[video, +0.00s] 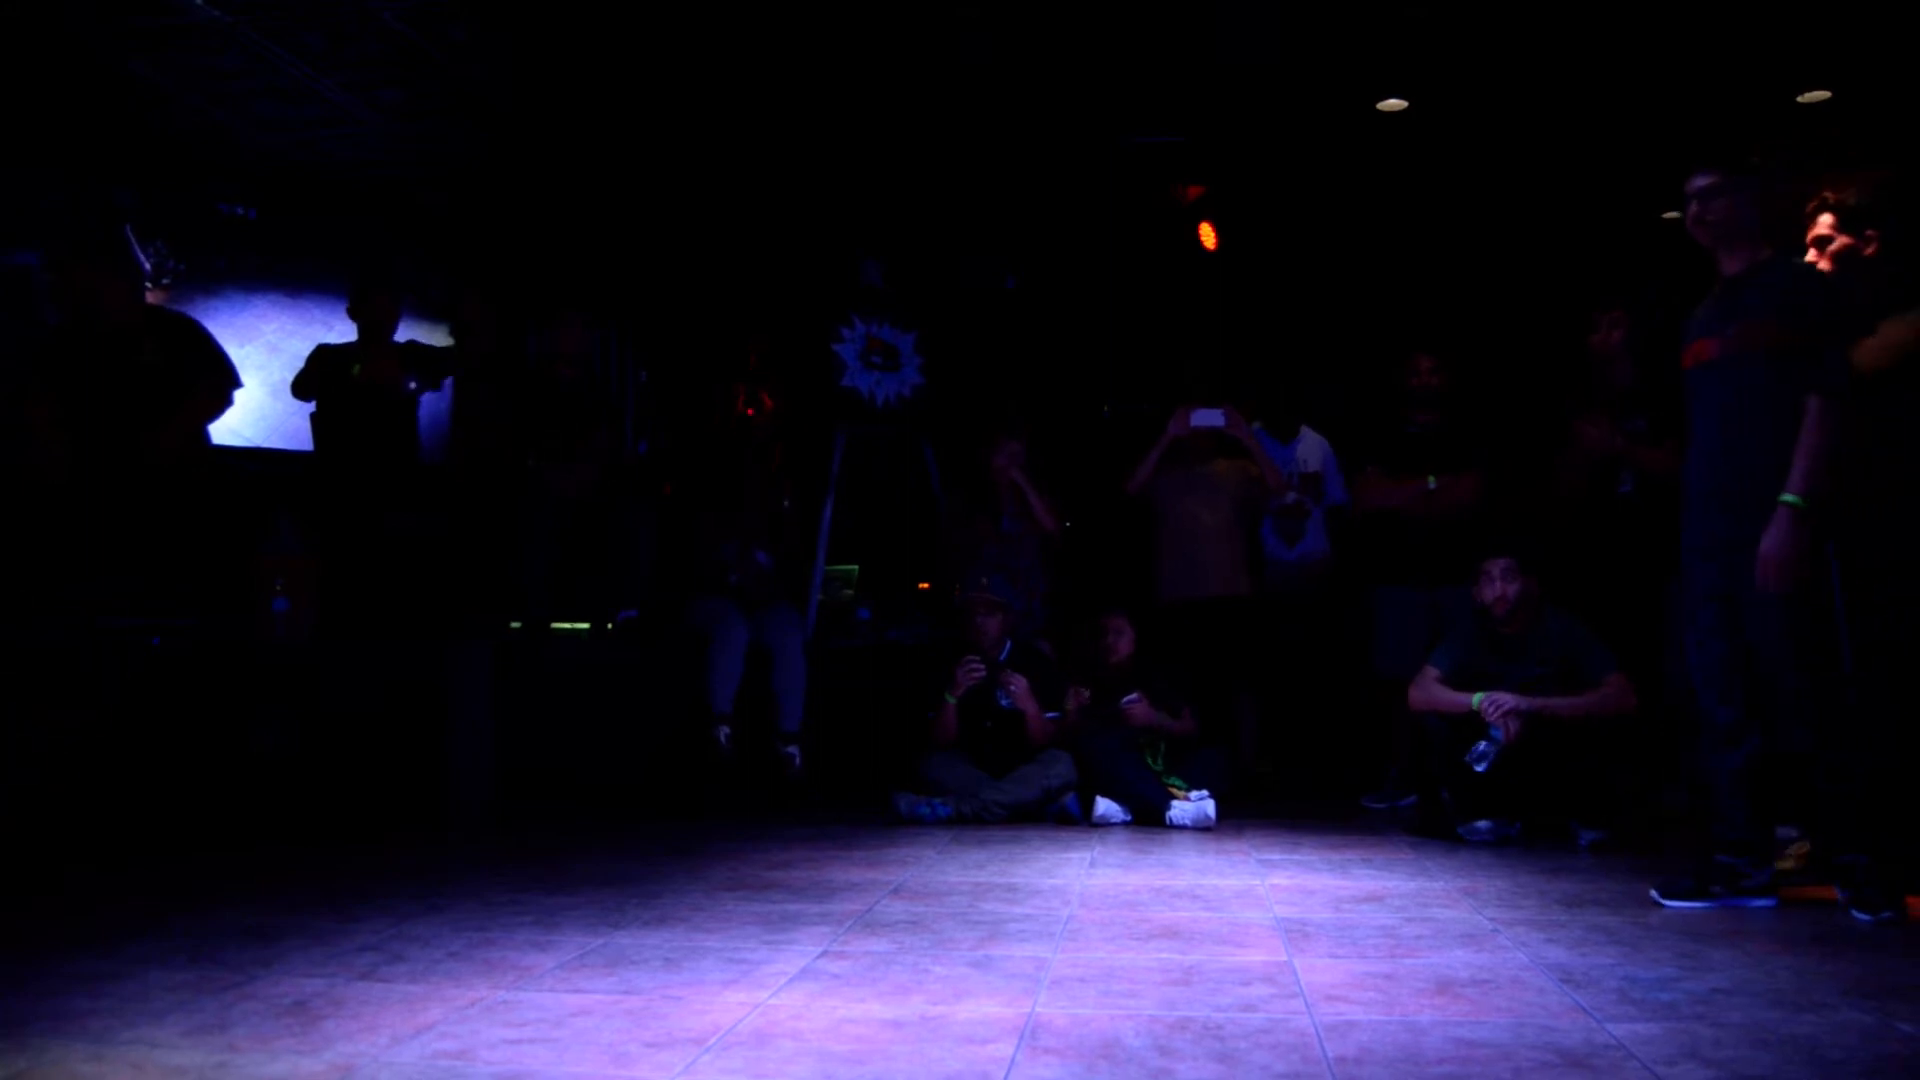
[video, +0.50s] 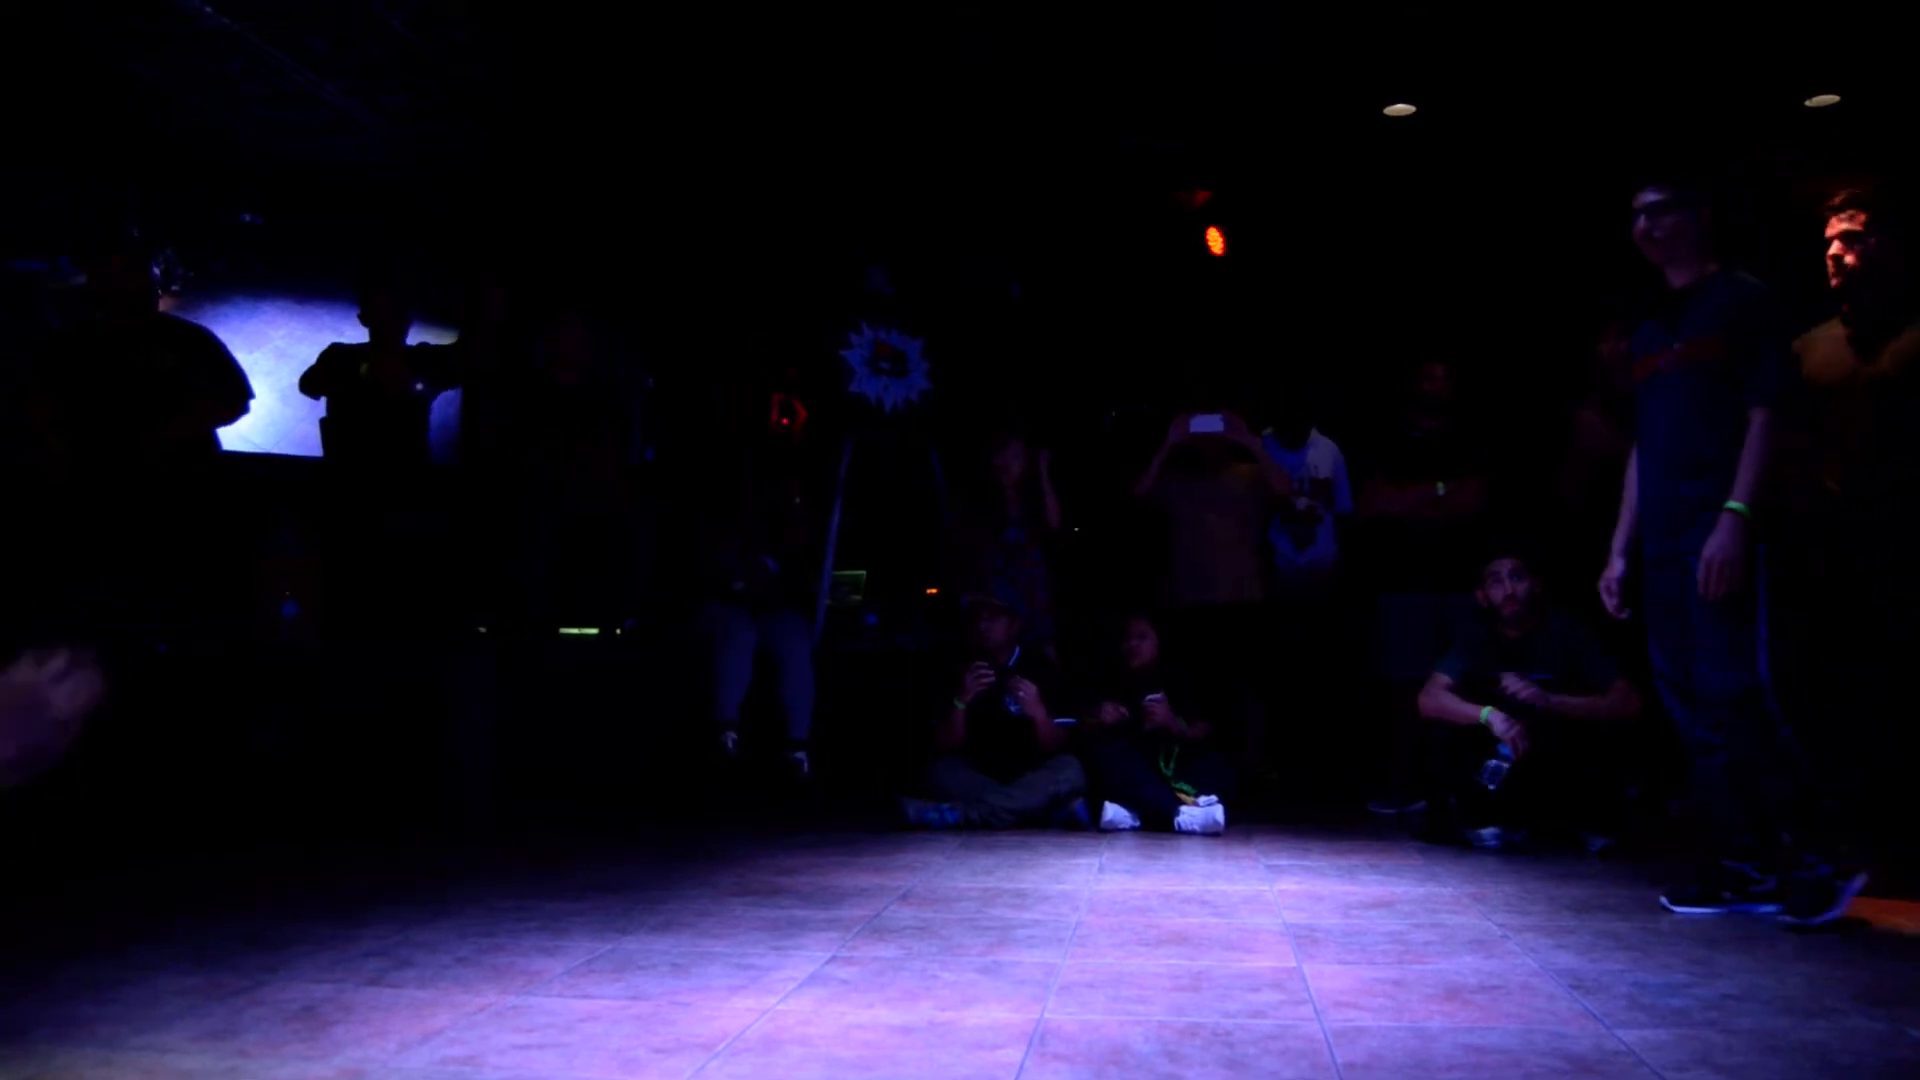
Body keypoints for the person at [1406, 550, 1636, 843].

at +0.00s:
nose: (1498, 591)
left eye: (1508, 579)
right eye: (1488, 581)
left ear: (1527, 584)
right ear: (1478, 589)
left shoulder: (1560, 631)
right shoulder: (1471, 632)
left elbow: (1619, 696)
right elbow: (1420, 693)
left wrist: (1528, 703)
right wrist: (1484, 704)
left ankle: (1587, 818)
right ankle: (1487, 815)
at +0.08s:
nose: (1501, 588)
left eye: (1510, 576)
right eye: (1490, 579)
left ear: (1528, 582)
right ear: (1479, 589)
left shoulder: (1560, 631)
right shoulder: (1470, 633)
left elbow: (1617, 696)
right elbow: (1419, 696)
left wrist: (1529, 706)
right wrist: (1482, 705)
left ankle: (1586, 819)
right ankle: (1487, 816)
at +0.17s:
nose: (1506, 594)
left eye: (1515, 582)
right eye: (1494, 585)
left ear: (1531, 586)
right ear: (1482, 596)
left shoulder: (1563, 633)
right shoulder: (1473, 636)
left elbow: (1621, 701)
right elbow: (1423, 699)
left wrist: (1532, 708)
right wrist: (1488, 708)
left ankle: (1588, 822)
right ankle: (1489, 819)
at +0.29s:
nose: (1508, 600)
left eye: (1516, 587)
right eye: (1496, 591)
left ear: (1533, 590)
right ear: (1483, 602)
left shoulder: (1565, 636)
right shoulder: (1475, 640)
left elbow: (1624, 701)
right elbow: (1426, 700)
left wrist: (1537, 707)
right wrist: (1490, 708)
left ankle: (1592, 824)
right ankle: (1489, 821)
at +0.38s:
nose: (1507, 597)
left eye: (1515, 584)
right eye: (1494, 588)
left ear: (1532, 589)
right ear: (1481, 601)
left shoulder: (1565, 637)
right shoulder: (1475, 640)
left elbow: (1624, 702)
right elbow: (1425, 701)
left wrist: (1536, 710)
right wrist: (1492, 713)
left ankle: (1591, 825)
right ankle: (1488, 822)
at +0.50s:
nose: (1508, 589)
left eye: (1517, 578)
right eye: (1496, 581)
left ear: (1534, 585)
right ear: (1483, 595)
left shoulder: (1566, 634)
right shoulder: (1478, 638)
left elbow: (1624, 702)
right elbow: (1430, 699)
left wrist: (1547, 700)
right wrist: (1488, 716)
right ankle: (1485, 821)